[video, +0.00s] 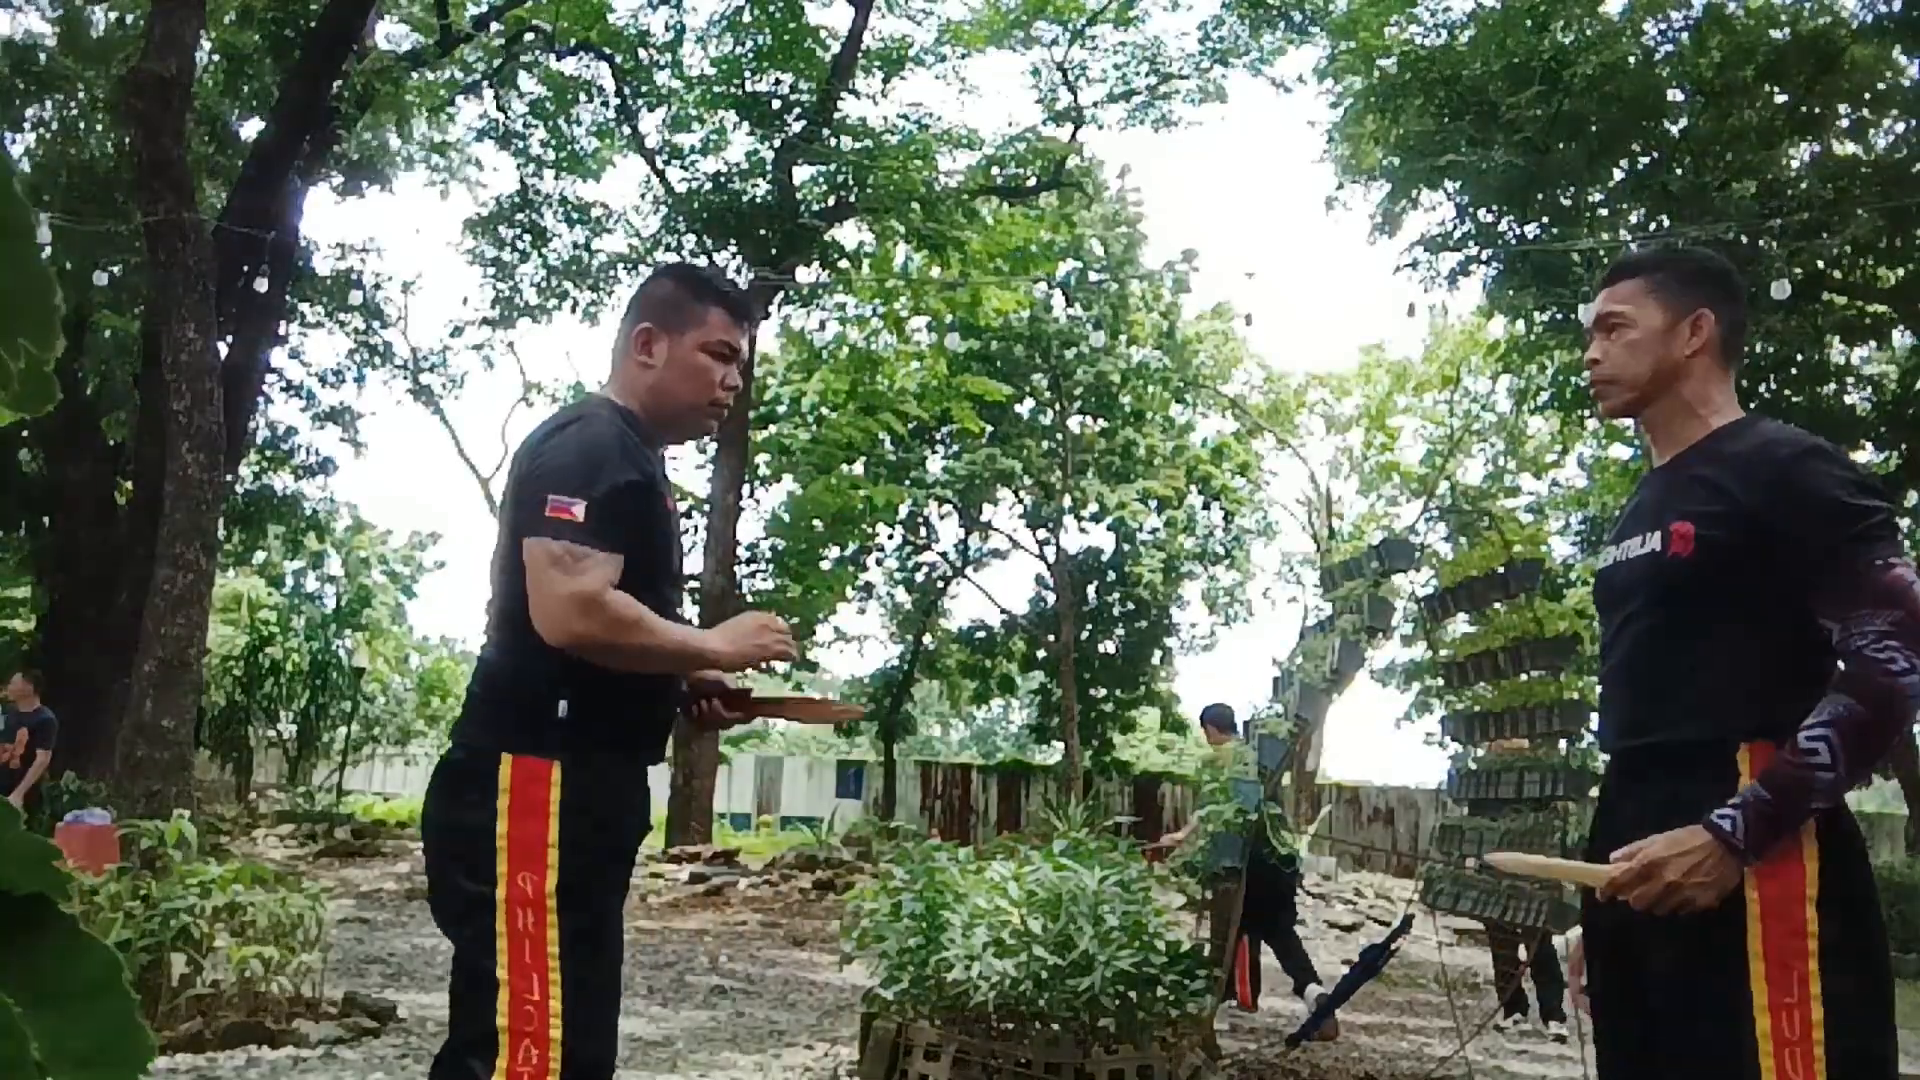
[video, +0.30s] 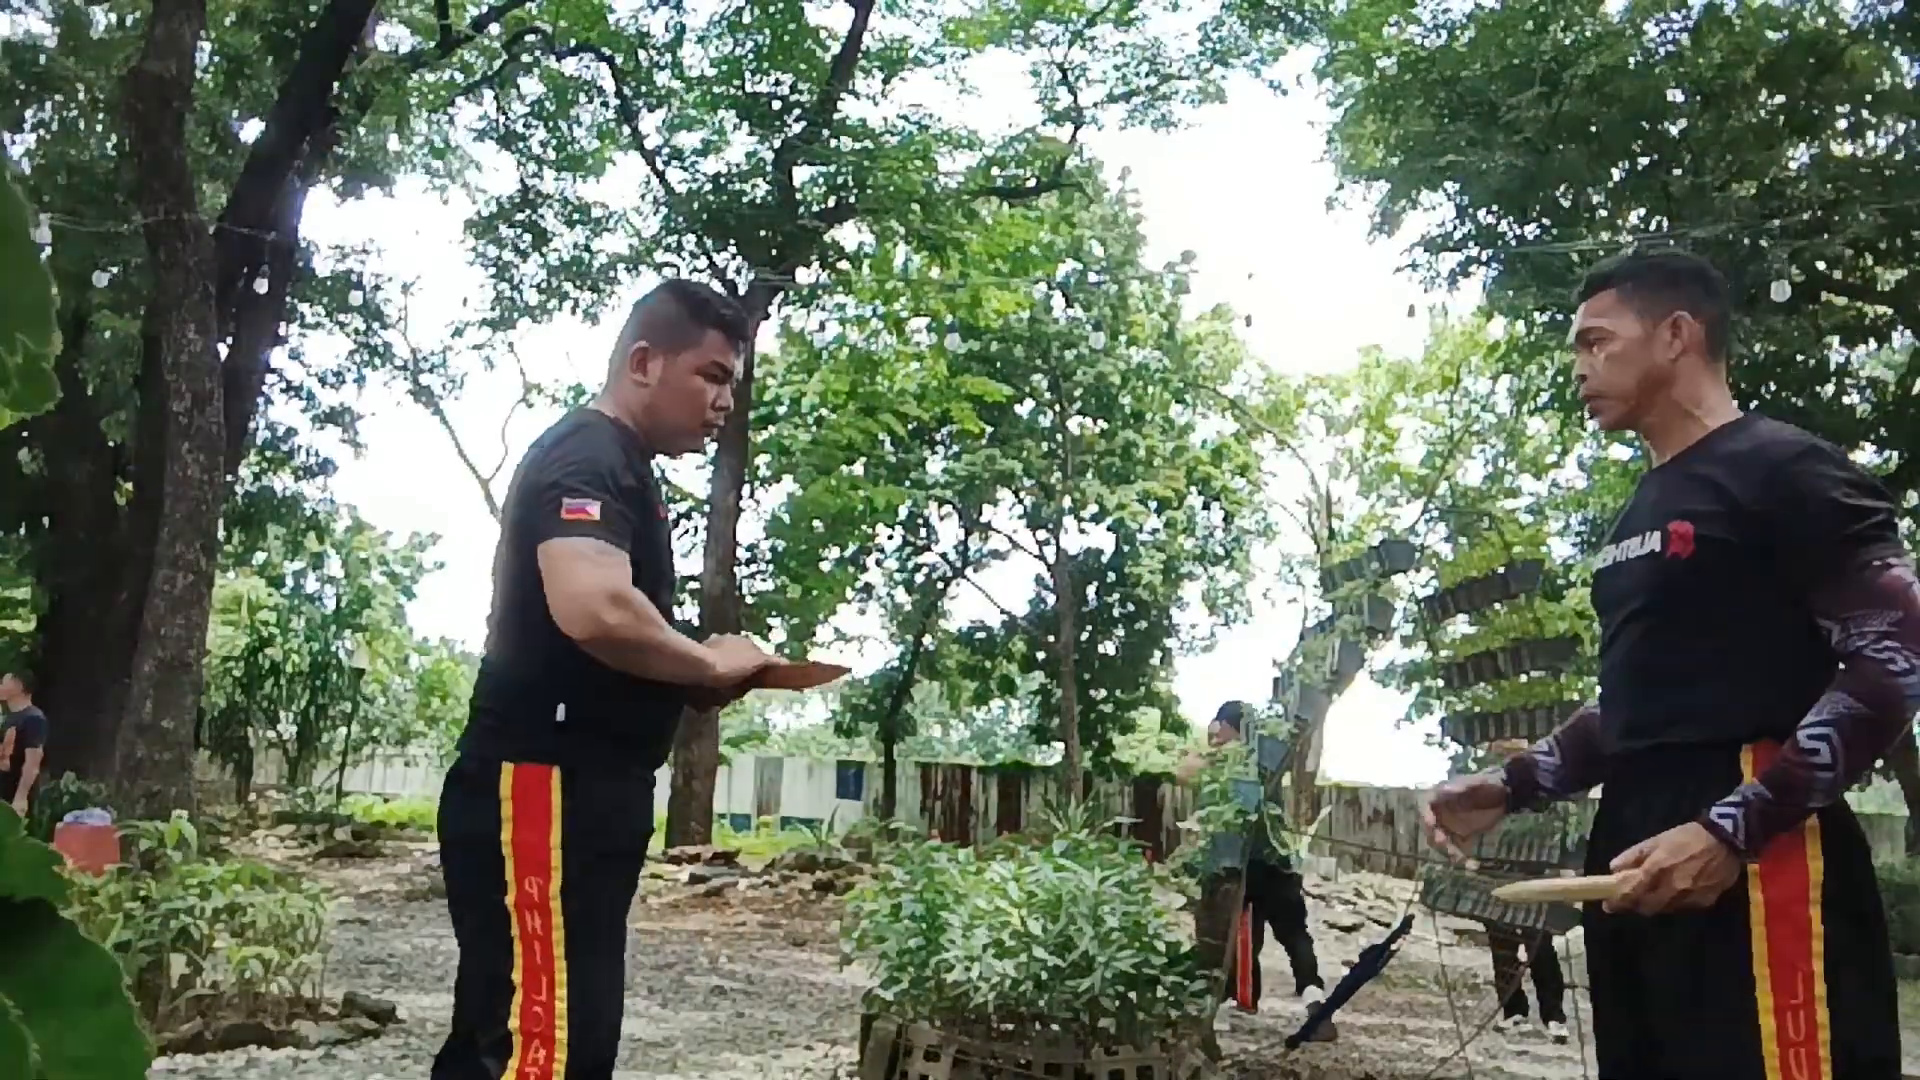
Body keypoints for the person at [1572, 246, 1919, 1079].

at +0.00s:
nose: (1589, 349)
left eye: (1612, 325)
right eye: (1590, 331)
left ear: (1694, 333)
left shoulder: (1784, 463)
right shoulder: (1640, 504)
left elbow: (1894, 659)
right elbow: (1652, 725)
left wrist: (1736, 831)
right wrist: (1603, 917)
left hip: (1768, 866)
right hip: (1639, 863)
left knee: (1782, 1064)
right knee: (1644, 1063)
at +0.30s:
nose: (1577, 372)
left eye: (1593, 343)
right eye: (1578, 350)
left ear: (1677, 336)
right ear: (1669, 341)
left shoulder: (1786, 467)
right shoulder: (1639, 508)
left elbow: (1890, 667)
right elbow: (1637, 705)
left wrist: (1733, 830)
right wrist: (1508, 788)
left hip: (1768, 857)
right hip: (1633, 862)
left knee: (1780, 1064)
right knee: (1642, 1063)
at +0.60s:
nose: (1534, 439)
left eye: (1540, 409)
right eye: (1524, 421)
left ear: (1616, 373)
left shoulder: (1749, 461)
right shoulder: (1613, 528)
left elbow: (1909, 601)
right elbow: (1604, 710)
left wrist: (1788, 805)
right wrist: (1511, 660)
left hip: (1762, 821)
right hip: (1647, 829)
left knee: (1759, 1061)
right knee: (1637, 1060)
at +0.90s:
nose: (1488, 562)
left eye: (1477, 534)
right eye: (1472, 544)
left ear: (1519, 486)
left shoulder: (1591, 526)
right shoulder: (1703, 527)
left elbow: (1507, 704)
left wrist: (1421, 882)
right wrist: (1666, 804)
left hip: (1755, 867)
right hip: (1870, 857)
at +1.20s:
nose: (1596, 416)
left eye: (1593, 397)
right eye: (1589, 404)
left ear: (1633, 363)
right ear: (1740, 370)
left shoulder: (1622, 446)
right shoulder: (1879, 515)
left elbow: (1471, 470)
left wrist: (1526, 412)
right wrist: (1575, 683)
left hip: (1639, 896)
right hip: (1822, 905)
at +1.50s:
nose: (1547, 437)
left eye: (1555, 398)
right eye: (1537, 416)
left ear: (1648, 355)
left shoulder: (1832, 488)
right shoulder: (1629, 567)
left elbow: (1701, 685)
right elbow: (1536, 748)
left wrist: (1432, 560)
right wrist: (1383, 638)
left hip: (1854, 974)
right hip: (1690, 974)